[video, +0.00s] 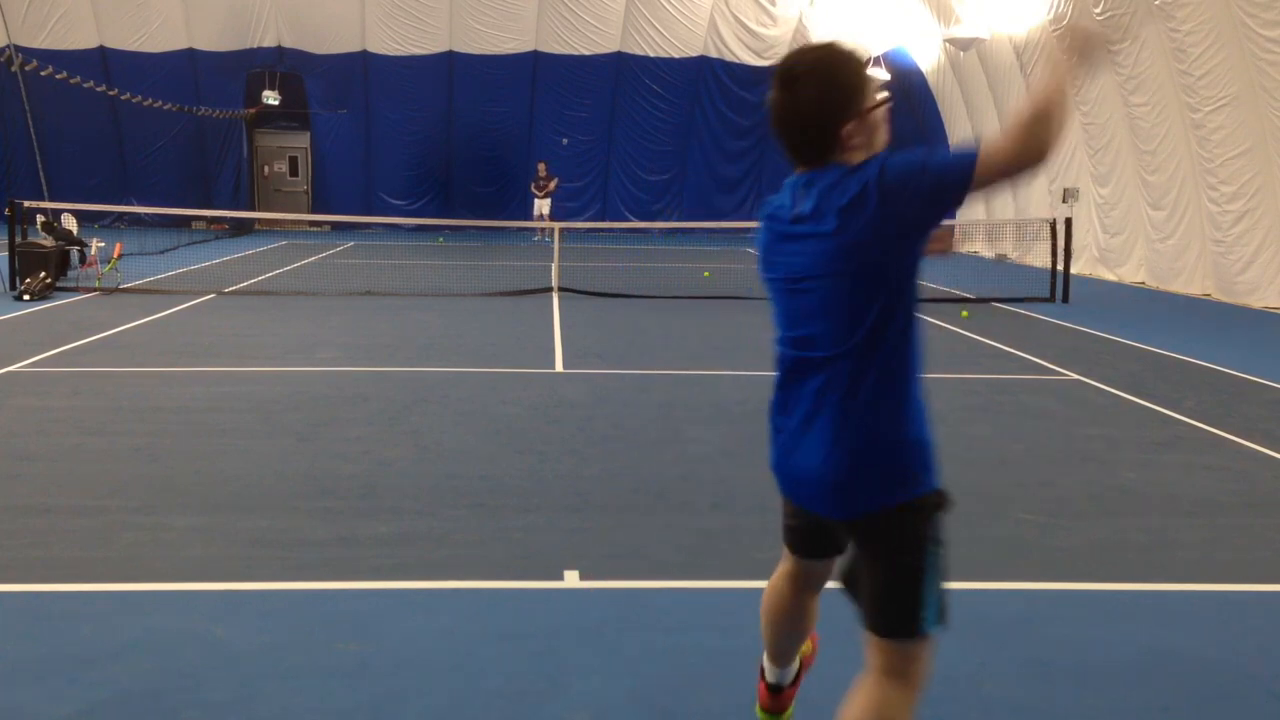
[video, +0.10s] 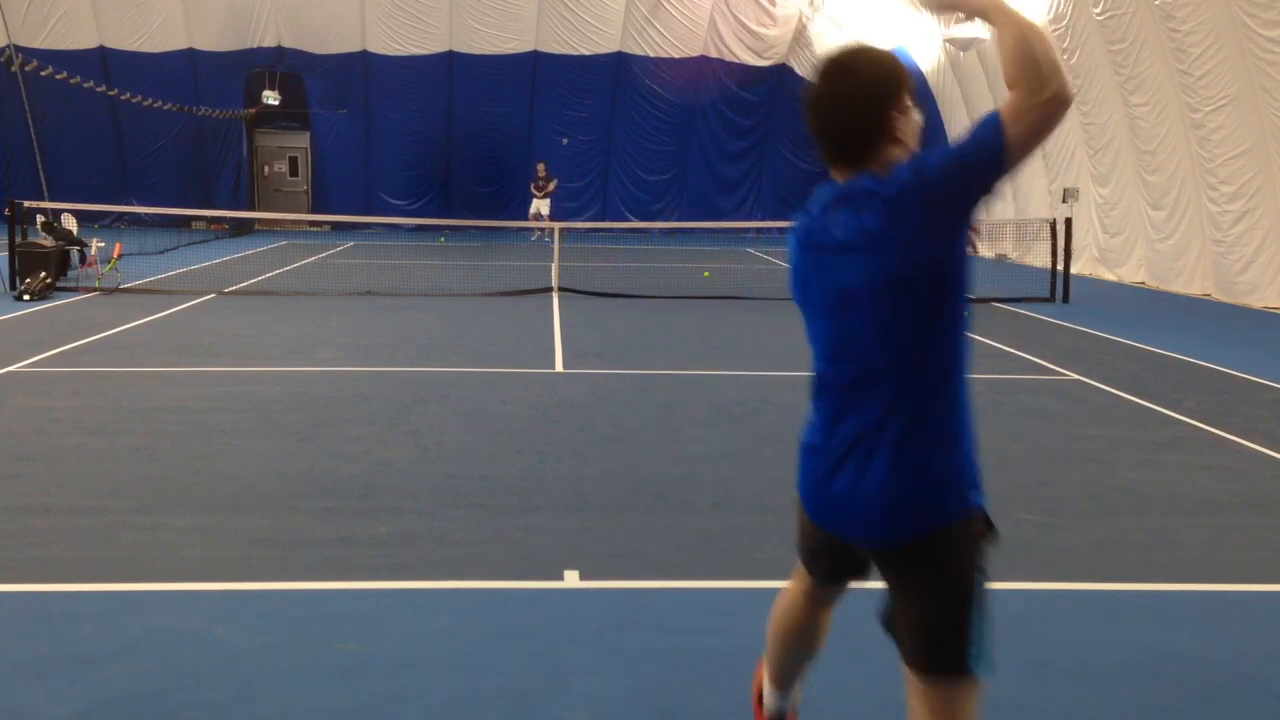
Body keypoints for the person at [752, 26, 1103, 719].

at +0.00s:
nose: (887, 108)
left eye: (881, 98)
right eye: (877, 103)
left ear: (801, 133)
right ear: (849, 131)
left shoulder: (780, 209)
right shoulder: (886, 189)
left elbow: (837, 260)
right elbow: (1024, 147)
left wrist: (910, 241)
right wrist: (1063, 59)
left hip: (799, 453)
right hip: (883, 463)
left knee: (800, 566)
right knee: (895, 668)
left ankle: (776, 683)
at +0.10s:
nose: (916, 112)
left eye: (911, 100)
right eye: (909, 102)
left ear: (825, 131)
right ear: (895, 120)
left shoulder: (811, 227)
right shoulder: (925, 194)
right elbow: (1043, 95)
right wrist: (992, 10)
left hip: (829, 478)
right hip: (924, 490)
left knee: (813, 587)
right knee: (942, 691)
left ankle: (772, 701)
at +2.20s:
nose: (518, 183)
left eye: (519, 176)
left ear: (520, 186)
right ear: (583, 187)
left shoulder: (509, 263)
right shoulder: (607, 261)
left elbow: (474, 371)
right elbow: (621, 358)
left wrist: (462, 354)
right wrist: (526, 399)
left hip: (539, 453)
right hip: (604, 450)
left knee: (505, 573)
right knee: (588, 563)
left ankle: (556, 693)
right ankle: (645, 690)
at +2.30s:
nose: (468, 187)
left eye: (470, 179)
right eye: (474, 178)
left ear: (474, 189)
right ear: (535, 187)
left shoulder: (481, 264)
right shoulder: (556, 259)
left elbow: (442, 376)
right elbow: (544, 371)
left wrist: (416, 366)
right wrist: (473, 404)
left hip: (516, 453)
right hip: (568, 445)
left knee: (432, 575)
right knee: (540, 561)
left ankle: (490, 698)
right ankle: (582, 693)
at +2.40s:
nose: (422, 199)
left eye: (425, 192)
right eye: (427, 190)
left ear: (428, 202)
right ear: (490, 203)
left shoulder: (451, 282)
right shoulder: (500, 269)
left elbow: (406, 388)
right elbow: (480, 386)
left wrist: (355, 377)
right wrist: (402, 417)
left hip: (475, 472)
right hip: (514, 462)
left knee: (388, 594)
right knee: (497, 576)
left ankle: (377, 712)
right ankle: (574, 690)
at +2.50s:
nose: (383, 210)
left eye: (385, 201)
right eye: (390, 200)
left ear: (390, 210)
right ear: (449, 208)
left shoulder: (424, 288)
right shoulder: (451, 277)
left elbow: (364, 384)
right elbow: (394, 387)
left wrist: (299, 368)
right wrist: (320, 415)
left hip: (427, 475)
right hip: (451, 468)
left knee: (339, 606)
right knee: (387, 576)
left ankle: (355, 714)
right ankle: (504, 649)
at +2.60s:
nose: (349, 215)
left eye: (350, 205)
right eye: (353, 204)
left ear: (355, 212)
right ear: (414, 208)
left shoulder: (398, 285)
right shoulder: (405, 277)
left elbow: (332, 366)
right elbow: (333, 367)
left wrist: (252, 336)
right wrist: (246, 385)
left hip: (394, 472)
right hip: (394, 464)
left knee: (310, 615)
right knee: (326, 570)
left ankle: (350, 713)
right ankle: (423, 647)